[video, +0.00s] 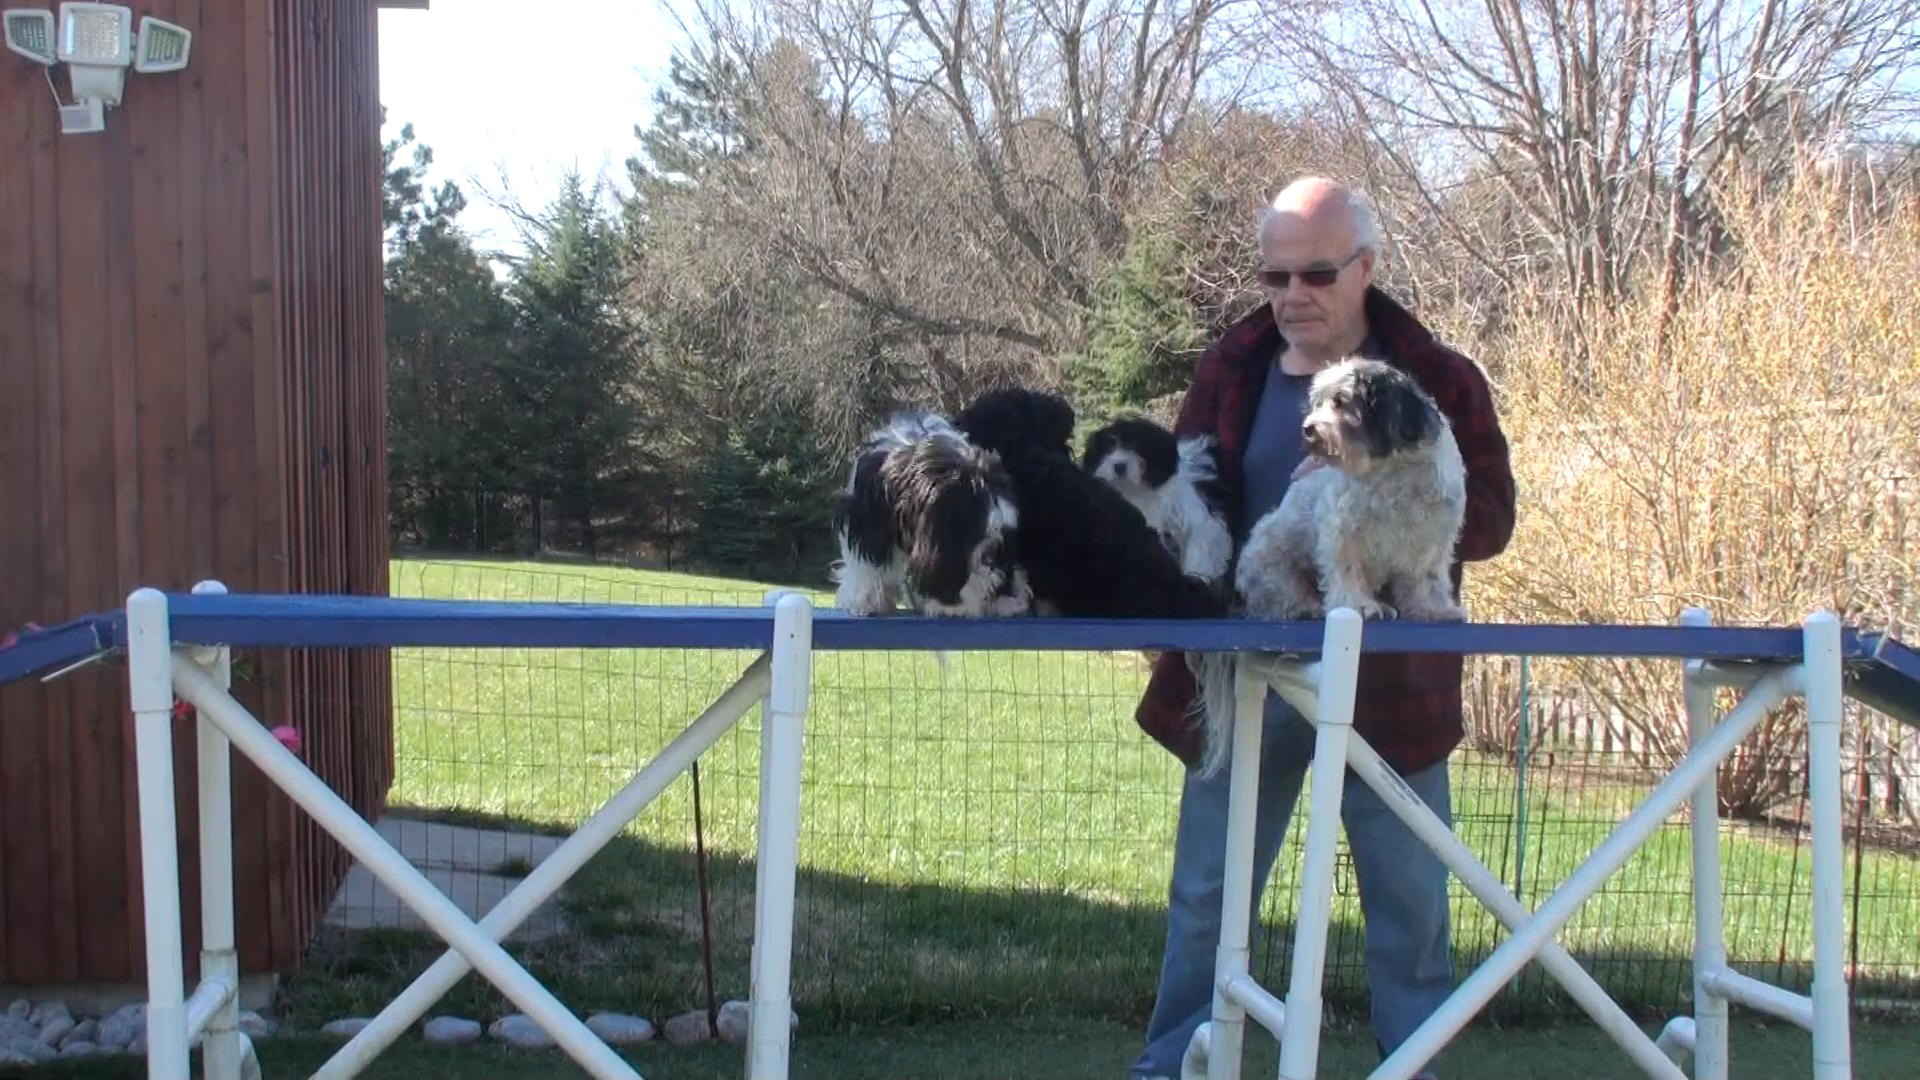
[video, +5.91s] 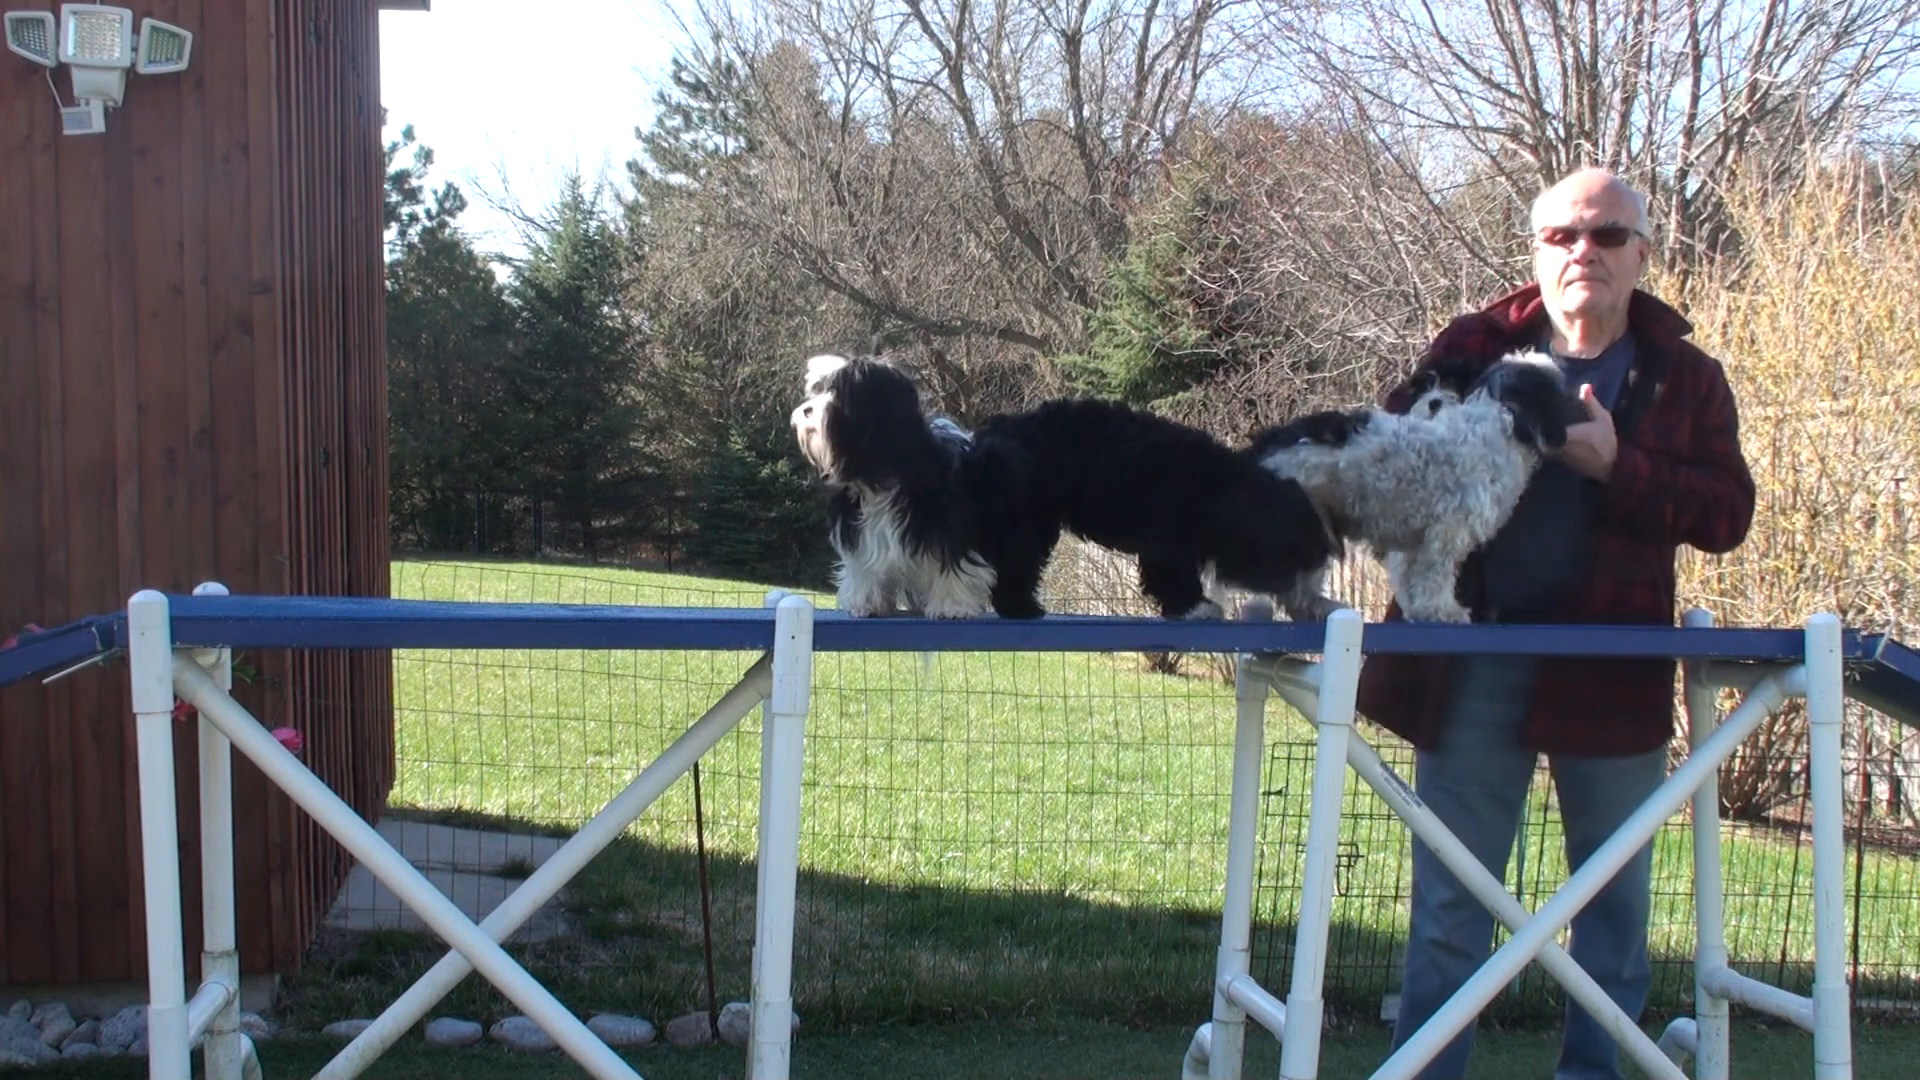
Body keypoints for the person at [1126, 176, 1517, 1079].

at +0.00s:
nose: (1295, 295)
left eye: (1318, 274)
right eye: (1276, 275)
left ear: (1368, 267)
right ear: (1258, 273)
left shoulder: (1440, 380)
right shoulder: (1225, 369)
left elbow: (1491, 518)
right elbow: (1183, 504)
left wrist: (1379, 479)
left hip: (1391, 677)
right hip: (1247, 666)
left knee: (1410, 906)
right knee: (1206, 893)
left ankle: (1412, 1070)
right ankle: (1176, 1064)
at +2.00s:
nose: (1403, 273)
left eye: (1428, 255)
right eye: (1390, 255)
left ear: (1484, 257)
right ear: (1375, 258)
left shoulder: (1557, 378)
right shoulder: (1344, 362)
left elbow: (1600, 524)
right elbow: (1290, 498)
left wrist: (1465, 488)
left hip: (1496, 677)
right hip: (1352, 667)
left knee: (1500, 919)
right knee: (1320, 903)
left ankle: (1485, 1067)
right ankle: (1298, 1064)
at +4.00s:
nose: (1474, 270)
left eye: (1500, 252)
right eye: (1459, 252)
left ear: (1554, 254)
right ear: (1442, 256)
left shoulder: (1614, 381)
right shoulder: (1391, 357)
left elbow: (1652, 527)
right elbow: (1323, 481)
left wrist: (1582, 518)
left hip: (1544, 677)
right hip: (1405, 667)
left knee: (1538, 913)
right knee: (1410, 906)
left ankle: (1511, 1064)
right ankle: (1414, 1069)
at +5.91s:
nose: (1583, 250)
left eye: (1607, 235)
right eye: (1563, 235)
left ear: (1641, 254)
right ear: (1535, 251)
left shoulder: (1685, 374)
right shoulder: (1475, 347)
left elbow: (1727, 514)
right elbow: (1386, 439)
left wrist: (1619, 466)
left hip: (1614, 659)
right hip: (1476, 652)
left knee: (1613, 900)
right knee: (1451, 894)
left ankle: (1596, 1069)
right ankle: (1426, 1068)